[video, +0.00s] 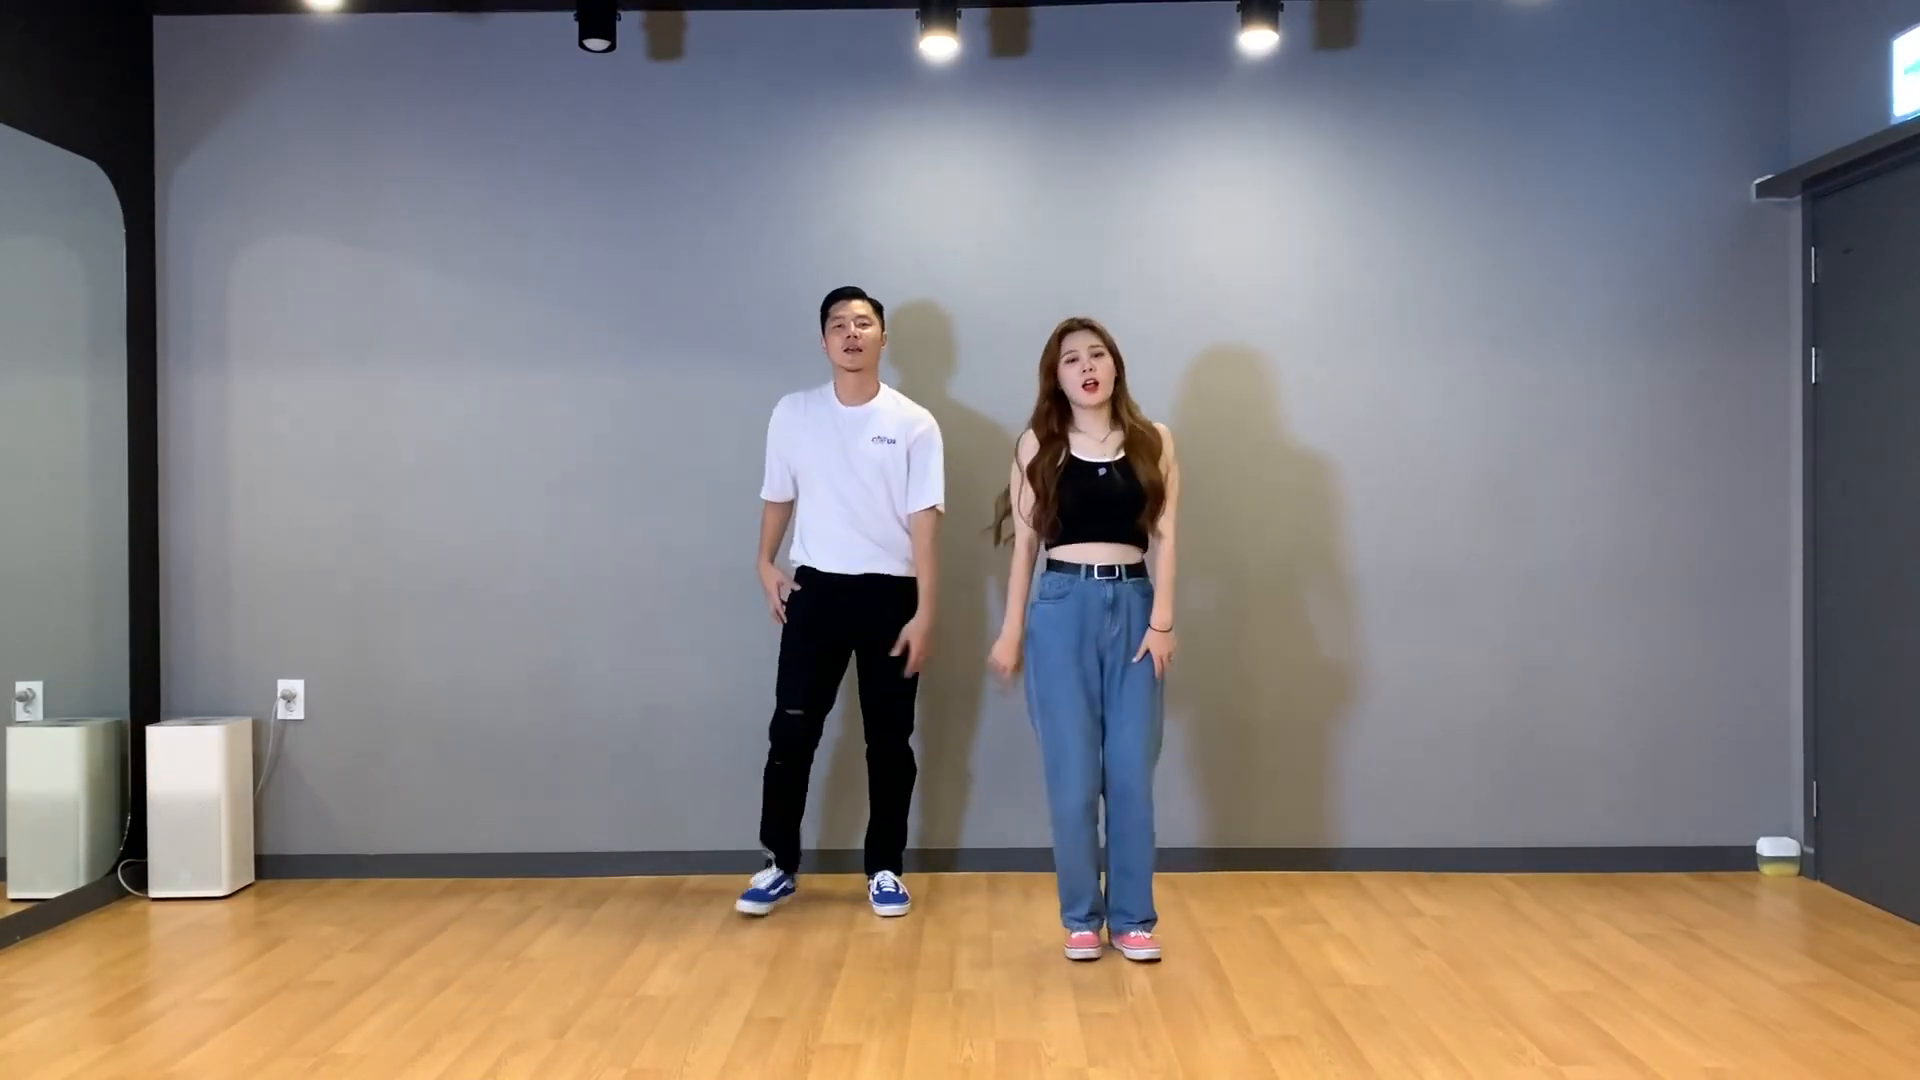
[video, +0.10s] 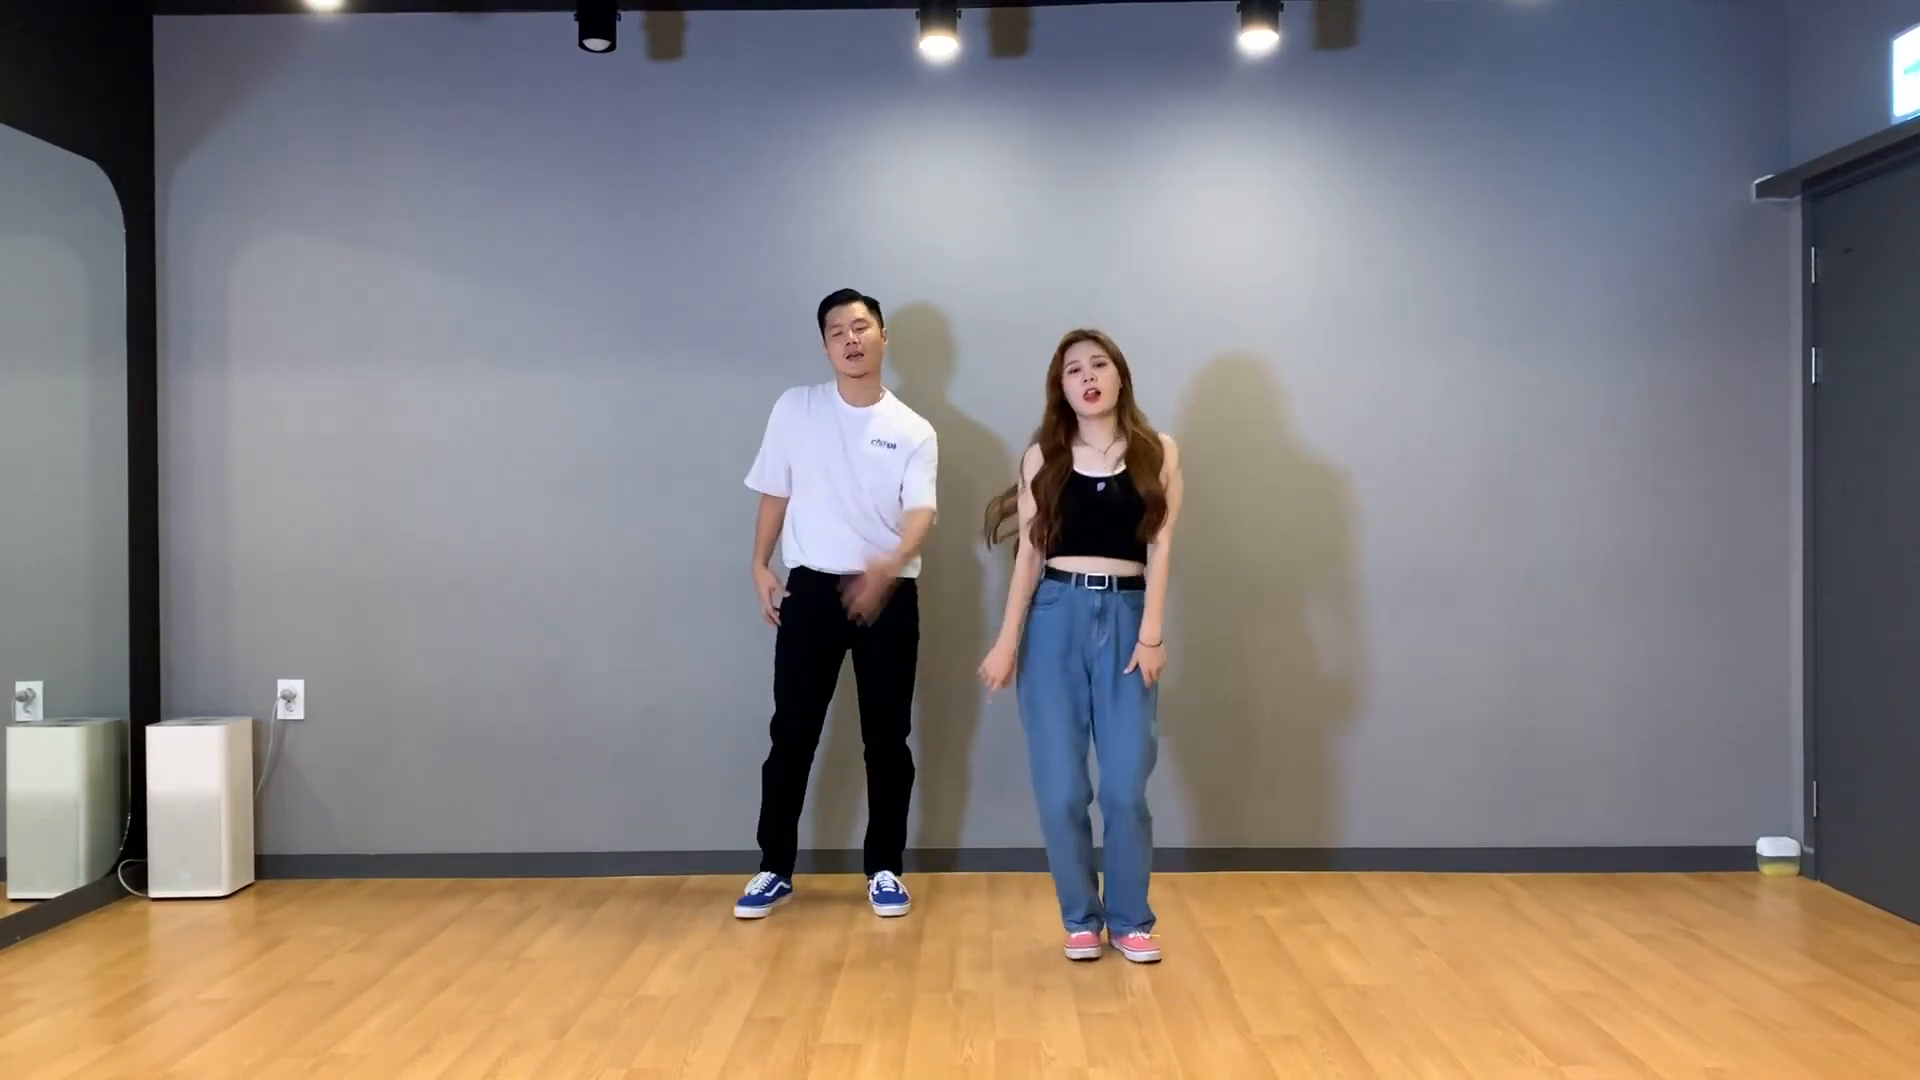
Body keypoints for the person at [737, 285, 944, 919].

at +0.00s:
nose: (852, 331)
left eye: (864, 322)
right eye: (840, 324)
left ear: (883, 338)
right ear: (824, 342)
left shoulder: (915, 424)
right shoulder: (792, 413)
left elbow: (924, 522)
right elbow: (779, 497)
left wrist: (925, 612)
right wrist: (765, 560)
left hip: (891, 595)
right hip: (815, 593)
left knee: (890, 743)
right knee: (790, 733)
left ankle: (885, 869)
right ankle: (780, 865)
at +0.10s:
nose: (850, 337)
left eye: (860, 326)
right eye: (837, 331)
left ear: (884, 337)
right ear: (824, 347)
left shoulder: (913, 431)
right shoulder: (793, 408)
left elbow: (920, 515)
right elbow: (774, 493)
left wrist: (886, 570)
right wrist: (761, 563)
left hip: (886, 594)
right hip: (810, 591)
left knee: (887, 741)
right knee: (791, 736)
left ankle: (885, 871)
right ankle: (775, 870)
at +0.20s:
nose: (843, 345)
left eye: (852, 331)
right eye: (830, 340)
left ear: (879, 336)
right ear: (821, 353)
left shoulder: (913, 420)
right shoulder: (800, 406)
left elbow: (916, 492)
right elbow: (776, 491)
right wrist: (749, 560)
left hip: (877, 594)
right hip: (802, 589)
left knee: (880, 740)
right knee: (782, 735)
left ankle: (883, 871)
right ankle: (774, 870)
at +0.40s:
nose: (802, 353)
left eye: (810, 338)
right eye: (791, 349)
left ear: (842, 333)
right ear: (787, 359)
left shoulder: (885, 403)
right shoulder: (795, 413)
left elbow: (937, 397)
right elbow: (782, 502)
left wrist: (926, 299)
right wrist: (746, 558)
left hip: (861, 592)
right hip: (792, 593)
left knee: (875, 739)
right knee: (777, 738)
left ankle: (886, 871)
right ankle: (770, 871)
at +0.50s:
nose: (783, 354)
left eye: (791, 339)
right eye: (770, 348)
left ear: (821, 335)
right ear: (766, 359)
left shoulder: (873, 397)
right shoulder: (784, 413)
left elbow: (939, 378)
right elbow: (783, 504)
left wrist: (941, 288)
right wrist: (754, 564)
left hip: (856, 591)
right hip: (788, 594)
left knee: (873, 737)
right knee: (777, 738)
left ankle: (887, 870)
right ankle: (768, 870)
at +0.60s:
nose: (765, 363)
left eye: (772, 347)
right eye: (753, 358)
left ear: (803, 339)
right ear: (749, 368)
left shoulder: (862, 398)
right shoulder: (776, 421)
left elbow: (934, 377)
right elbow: (783, 507)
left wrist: (937, 291)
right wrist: (759, 570)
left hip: (855, 593)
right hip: (787, 596)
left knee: (874, 738)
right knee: (776, 739)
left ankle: (889, 870)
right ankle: (767, 870)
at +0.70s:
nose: (764, 363)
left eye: (767, 346)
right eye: (749, 363)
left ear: (795, 338)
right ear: (749, 378)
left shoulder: (868, 395)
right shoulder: (776, 423)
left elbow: (957, 381)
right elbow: (775, 514)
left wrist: (909, 344)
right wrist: (758, 583)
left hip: (855, 593)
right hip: (787, 597)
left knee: (872, 737)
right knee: (779, 738)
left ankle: (888, 871)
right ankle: (768, 871)